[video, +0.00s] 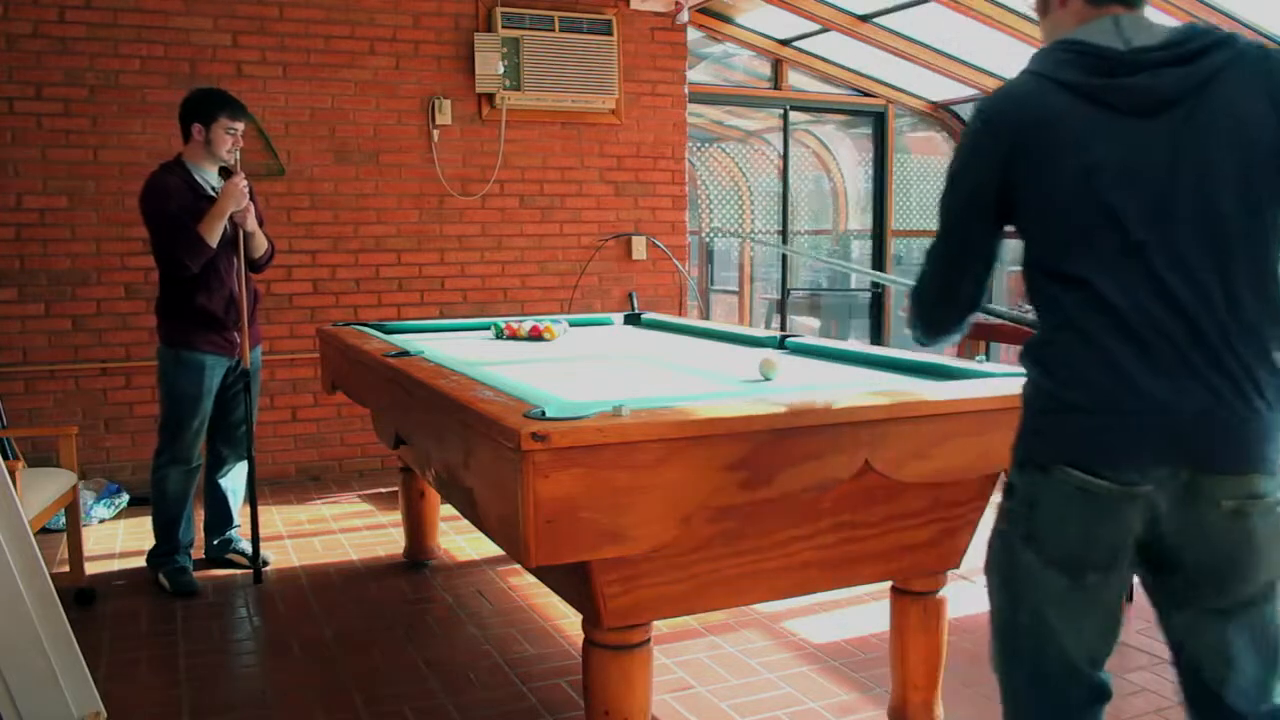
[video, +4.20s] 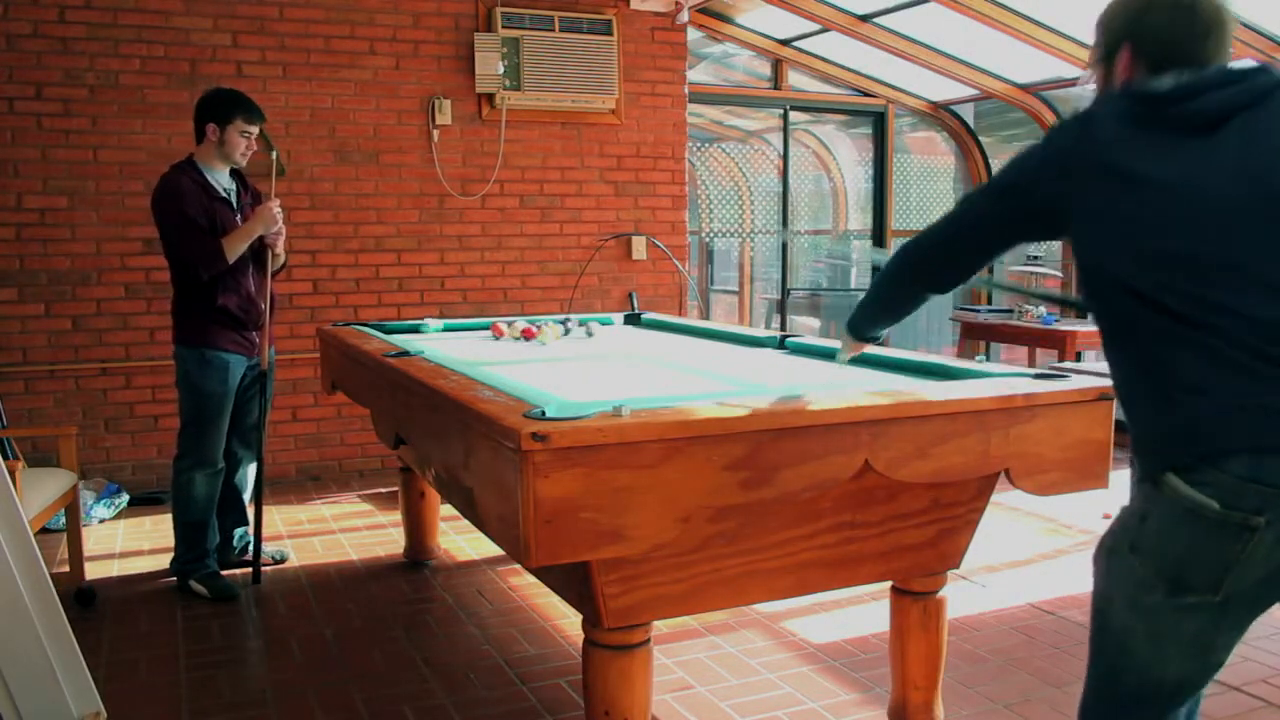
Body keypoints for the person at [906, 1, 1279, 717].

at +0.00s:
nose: (1035, 28)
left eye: (1036, 15)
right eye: (1035, 17)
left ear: (1060, 5)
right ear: (1139, 5)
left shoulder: (1017, 110)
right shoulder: (1261, 73)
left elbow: (935, 312)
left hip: (1082, 446)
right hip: (1239, 449)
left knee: (1050, 703)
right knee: (1247, 704)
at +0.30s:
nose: (1097, 42)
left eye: (1097, 23)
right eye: (1095, 27)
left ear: (1125, 11)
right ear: (1212, 8)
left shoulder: (1084, 122)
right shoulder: (1275, 70)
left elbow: (986, 261)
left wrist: (928, 339)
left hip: (1167, 446)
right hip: (1279, 444)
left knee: (1092, 680)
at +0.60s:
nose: (1040, 133)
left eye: (1040, 115)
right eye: (1038, 115)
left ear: (1066, 111)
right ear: (1156, 92)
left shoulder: (1043, 210)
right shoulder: (1260, 120)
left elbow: (934, 305)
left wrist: (859, 366)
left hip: (1167, 478)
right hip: (1272, 470)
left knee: (1109, 706)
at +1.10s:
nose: (1039, 242)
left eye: (1039, 228)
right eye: (1036, 230)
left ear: (1066, 224)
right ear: (1143, 192)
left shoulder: (1050, 305)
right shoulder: (1246, 201)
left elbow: (937, 355)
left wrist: (861, 379)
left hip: (1242, 510)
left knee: (1122, 701)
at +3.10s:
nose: (1049, 268)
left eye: (1050, 252)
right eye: (1046, 254)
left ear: (1077, 247)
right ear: (1151, 216)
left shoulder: (1057, 318)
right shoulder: (1249, 211)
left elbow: (941, 360)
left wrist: (862, 376)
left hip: (1239, 503)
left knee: (1137, 705)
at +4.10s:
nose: (1063, 149)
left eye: (1068, 130)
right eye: (1063, 132)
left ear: (1096, 128)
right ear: (1184, 117)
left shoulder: (1072, 203)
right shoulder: (1265, 151)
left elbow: (950, 277)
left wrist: (860, 338)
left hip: (1226, 487)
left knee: (1135, 704)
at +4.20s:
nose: (1091, 82)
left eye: (1095, 66)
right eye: (1093, 67)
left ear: (1124, 65)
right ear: (1219, 60)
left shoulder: (1094, 145)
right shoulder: (1267, 108)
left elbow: (959, 239)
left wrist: (865, 320)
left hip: (1224, 481)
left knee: (1130, 704)